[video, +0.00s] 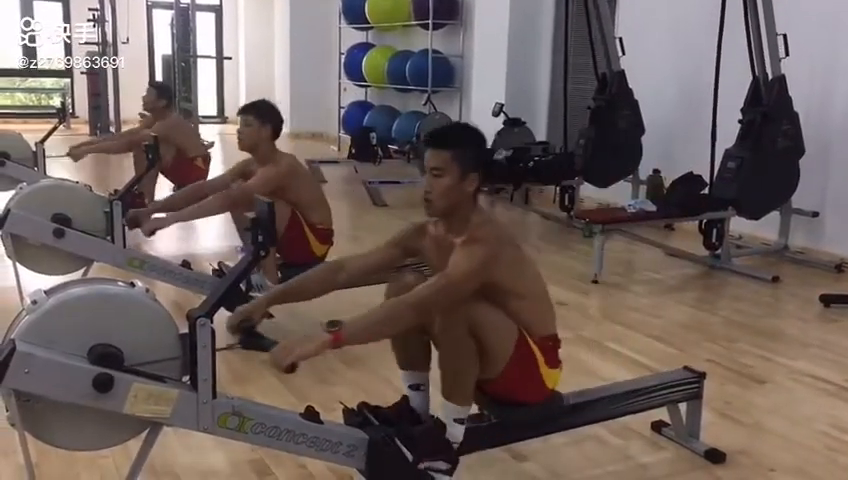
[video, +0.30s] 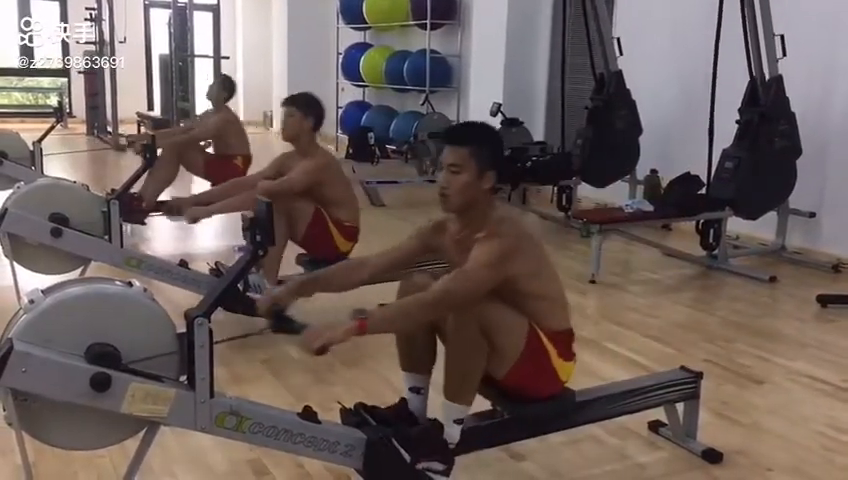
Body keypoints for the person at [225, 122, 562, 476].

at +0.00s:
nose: (426, 186)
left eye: (438, 175)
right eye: (425, 174)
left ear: (471, 182)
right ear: (425, 176)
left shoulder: (484, 246)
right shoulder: (425, 234)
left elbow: (420, 307)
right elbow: (342, 271)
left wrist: (327, 339)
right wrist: (266, 300)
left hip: (529, 376)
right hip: (482, 364)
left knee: (453, 308)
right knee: (403, 285)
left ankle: (450, 437)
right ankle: (417, 410)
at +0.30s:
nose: (442, 181)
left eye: (456, 171)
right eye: (441, 169)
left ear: (487, 181)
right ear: (439, 172)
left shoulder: (506, 239)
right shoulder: (443, 232)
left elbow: (440, 301)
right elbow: (367, 268)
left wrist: (354, 326)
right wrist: (294, 290)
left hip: (542, 368)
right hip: (495, 359)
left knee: (465, 308)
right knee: (414, 285)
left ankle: (445, 439)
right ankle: (414, 411)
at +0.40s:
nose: (473, 173)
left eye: (487, 164)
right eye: (472, 162)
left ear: (520, 174)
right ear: (469, 165)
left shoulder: (539, 228)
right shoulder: (472, 224)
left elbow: (483, 294)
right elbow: (406, 264)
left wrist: (398, 319)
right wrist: (338, 280)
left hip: (562, 362)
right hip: (517, 353)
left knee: (482, 312)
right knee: (434, 287)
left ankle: (445, 441)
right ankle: (412, 414)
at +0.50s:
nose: (513, 166)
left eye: (526, 157)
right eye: (512, 155)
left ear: (558, 166)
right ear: (509, 159)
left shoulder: (573, 223)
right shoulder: (507, 216)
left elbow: (521, 286)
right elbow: (446, 256)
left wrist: (449, 311)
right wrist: (381, 275)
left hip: (587, 349)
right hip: (547, 330)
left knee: (501, 321)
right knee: (452, 293)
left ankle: (441, 444)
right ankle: (411, 414)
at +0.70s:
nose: (609, 152)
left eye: (623, 144)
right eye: (608, 142)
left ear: (650, 153)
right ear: (604, 146)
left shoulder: (657, 215)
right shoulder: (588, 205)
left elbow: (605, 268)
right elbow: (520, 244)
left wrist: (538, 285)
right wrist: (466, 254)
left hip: (629, 339)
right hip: (588, 315)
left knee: (541, 342)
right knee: (486, 320)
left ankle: (440, 445)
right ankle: (405, 417)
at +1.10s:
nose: (689, 189)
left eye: (702, 183)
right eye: (690, 180)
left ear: (728, 197)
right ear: (687, 187)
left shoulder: (734, 252)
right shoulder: (661, 230)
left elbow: (752, 329)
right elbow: (627, 288)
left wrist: (732, 285)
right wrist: (613, 259)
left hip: (640, 336)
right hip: (602, 314)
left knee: (545, 373)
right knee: (507, 350)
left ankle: (431, 450)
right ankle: (396, 418)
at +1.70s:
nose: (632, 165)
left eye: (645, 157)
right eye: (631, 155)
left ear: (674, 167)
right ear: (628, 160)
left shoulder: (681, 224)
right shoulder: (613, 216)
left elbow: (671, 304)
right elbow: (564, 264)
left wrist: (601, 311)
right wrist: (519, 284)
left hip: (637, 335)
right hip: (593, 318)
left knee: (544, 381)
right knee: (503, 362)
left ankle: (432, 453)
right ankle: (395, 421)